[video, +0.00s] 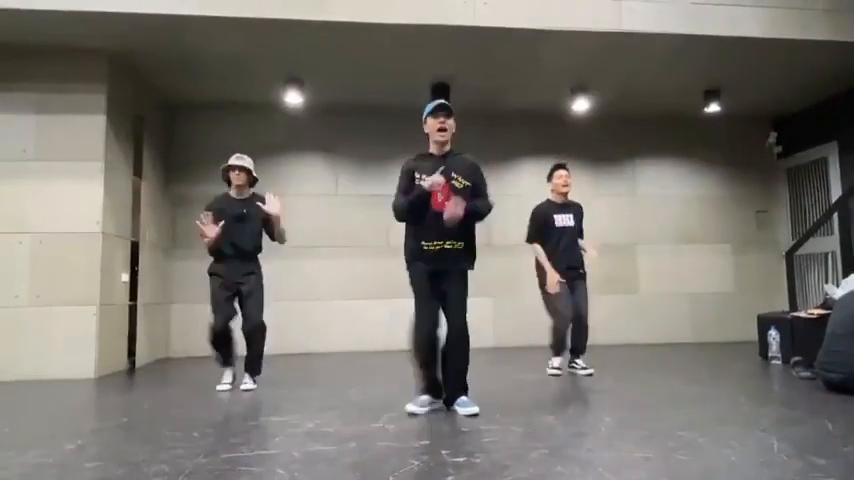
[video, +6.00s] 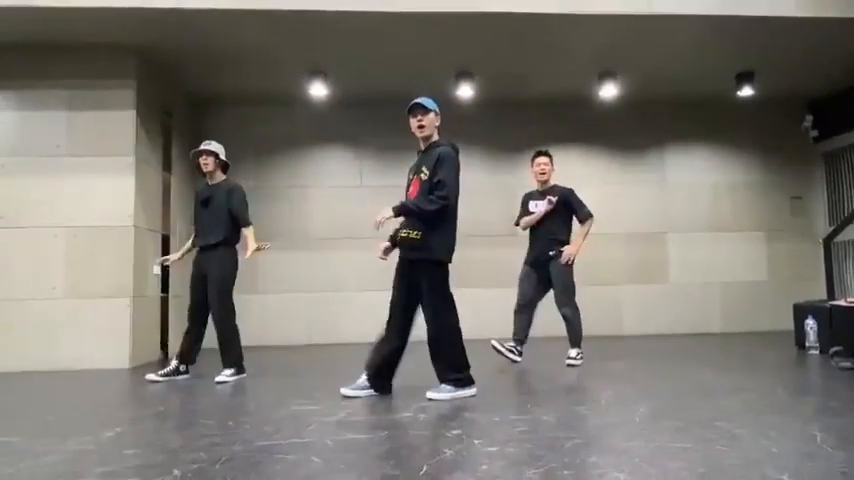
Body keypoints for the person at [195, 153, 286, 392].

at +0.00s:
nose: (237, 174)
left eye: (242, 171)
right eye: (233, 170)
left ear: (251, 176)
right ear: (228, 174)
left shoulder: (261, 203)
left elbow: (279, 239)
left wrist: (275, 217)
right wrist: (211, 238)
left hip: (250, 271)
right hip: (221, 271)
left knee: (254, 324)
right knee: (220, 325)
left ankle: (251, 374)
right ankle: (227, 368)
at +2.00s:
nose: (204, 166)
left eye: (208, 162)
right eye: (199, 163)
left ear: (218, 166)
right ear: (194, 167)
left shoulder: (233, 195)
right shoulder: (189, 195)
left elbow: (249, 222)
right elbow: (188, 221)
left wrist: (231, 239)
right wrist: (172, 236)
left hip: (215, 257)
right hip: (188, 257)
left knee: (226, 310)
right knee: (178, 312)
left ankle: (249, 365)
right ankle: (180, 370)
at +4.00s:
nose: (217, 164)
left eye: (222, 160)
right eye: (213, 161)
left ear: (231, 165)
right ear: (208, 167)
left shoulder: (245, 191)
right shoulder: (203, 196)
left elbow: (260, 226)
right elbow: (190, 225)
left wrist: (267, 208)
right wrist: (165, 209)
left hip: (235, 261)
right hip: (208, 261)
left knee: (249, 315)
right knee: (199, 316)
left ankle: (266, 367)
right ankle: (192, 371)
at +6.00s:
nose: (203, 161)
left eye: (208, 156)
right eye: (200, 157)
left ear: (219, 160)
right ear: (199, 162)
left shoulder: (233, 190)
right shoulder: (201, 192)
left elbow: (245, 222)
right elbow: (198, 231)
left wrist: (251, 244)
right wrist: (179, 254)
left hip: (223, 254)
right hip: (202, 255)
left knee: (221, 310)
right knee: (197, 312)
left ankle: (234, 366)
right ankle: (182, 364)